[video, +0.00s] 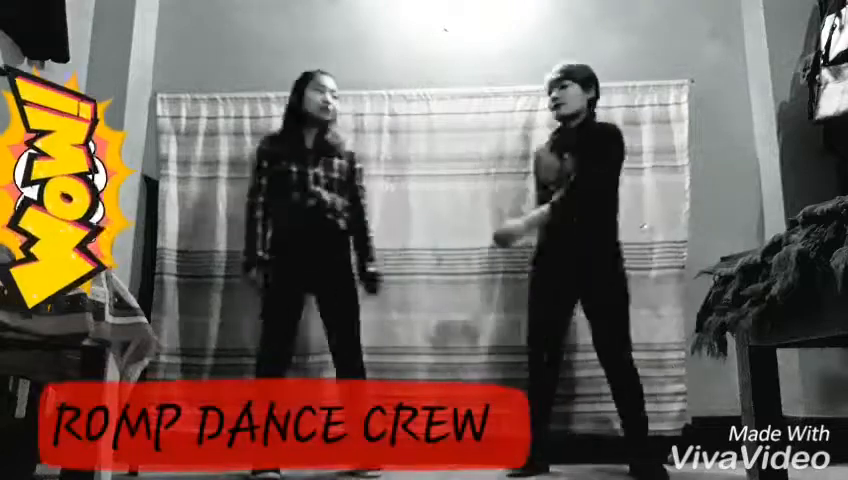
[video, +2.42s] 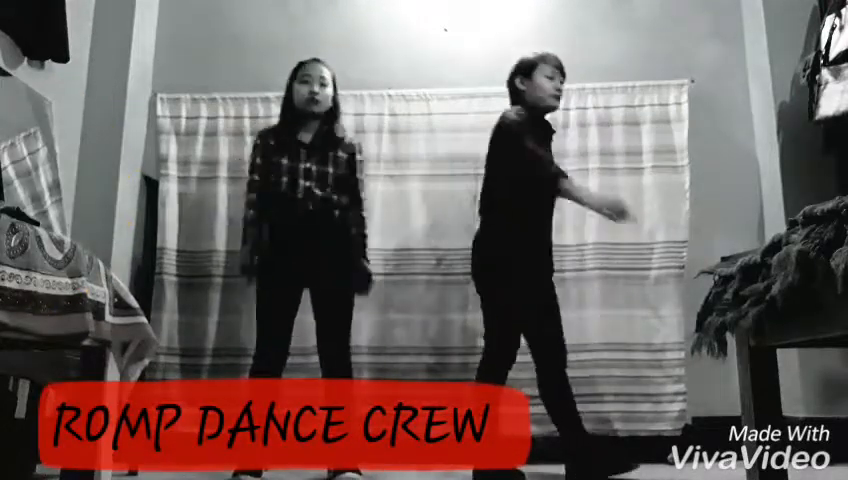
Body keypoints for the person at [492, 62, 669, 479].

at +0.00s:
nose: (554, 94)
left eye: (563, 87)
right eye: (552, 89)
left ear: (589, 93)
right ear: (553, 100)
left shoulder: (607, 135)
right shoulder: (548, 148)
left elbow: (583, 193)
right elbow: (545, 208)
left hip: (598, 259)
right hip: (553, 261)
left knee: (616, 357)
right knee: (542, 354)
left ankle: (640, 455)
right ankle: (533, 452)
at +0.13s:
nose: (538, 104)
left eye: (548, 96)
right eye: (535, 98)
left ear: (573, 102)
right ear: (532, 107)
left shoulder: (595, 153)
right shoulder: (521, 157)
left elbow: (603, 219)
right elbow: (502, 201)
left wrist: (563, 240)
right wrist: (493, 221)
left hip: (573, 274)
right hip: (523, 274)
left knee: (598, 366)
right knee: (525, 369)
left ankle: (626, 456)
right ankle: (531, 456)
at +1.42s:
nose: (522, 80)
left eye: (531, 73)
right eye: (513, 76)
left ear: (546, 88)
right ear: (502, 92)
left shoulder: (564, 139)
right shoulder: (493, 134)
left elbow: (594, 189)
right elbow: (504, 193)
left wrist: (627, 241)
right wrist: (545, 229)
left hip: (561, 263)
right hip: (511, 264)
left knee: (581, 361)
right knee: (510, 363)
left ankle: (599, 461)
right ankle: (502, 462)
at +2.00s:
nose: (544, 84)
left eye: (554, 79)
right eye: (534, 79)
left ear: (567, 93)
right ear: (521, 95)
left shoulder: (587, 136)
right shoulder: (510, 156)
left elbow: (599, 201)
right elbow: (500, 221)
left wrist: (584, 256)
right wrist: (497, 278)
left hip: (587, 260)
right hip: (535, 264)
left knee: (601, 360)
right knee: (515, 361)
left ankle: (600, 459)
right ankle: (486, 456)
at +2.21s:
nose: (520, 83)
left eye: (529, 78)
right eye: (511, 76)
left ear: (539, 91)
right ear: (494, 88)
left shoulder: (545, 149)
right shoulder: (478, 143)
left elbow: (573, 201)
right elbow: (440, 196)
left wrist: (614, 246)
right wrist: (432, 257)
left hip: (534, 274)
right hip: (489, 274)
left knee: (571, 352)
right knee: (501, 358)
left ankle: (587, 453)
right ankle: (476, 452)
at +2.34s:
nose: (545, 85)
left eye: (548, 81)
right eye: (536, 77)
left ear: (544, 90)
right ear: (508, 82)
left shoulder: (529, 131)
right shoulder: (501, 126)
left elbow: (528, 198)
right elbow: (497, 170)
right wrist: (509, 189)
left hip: (523, 263)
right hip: (500, 263)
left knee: (548, 357)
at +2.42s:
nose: (558, 87)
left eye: (560, 81)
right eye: (549, 78)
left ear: (553, 91)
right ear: (521, 83)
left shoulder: (536, 130)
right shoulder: (515, 127)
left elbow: (542, 188)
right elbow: (546, 177)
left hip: (526, 260)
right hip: (506, 260)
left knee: (552, 357)